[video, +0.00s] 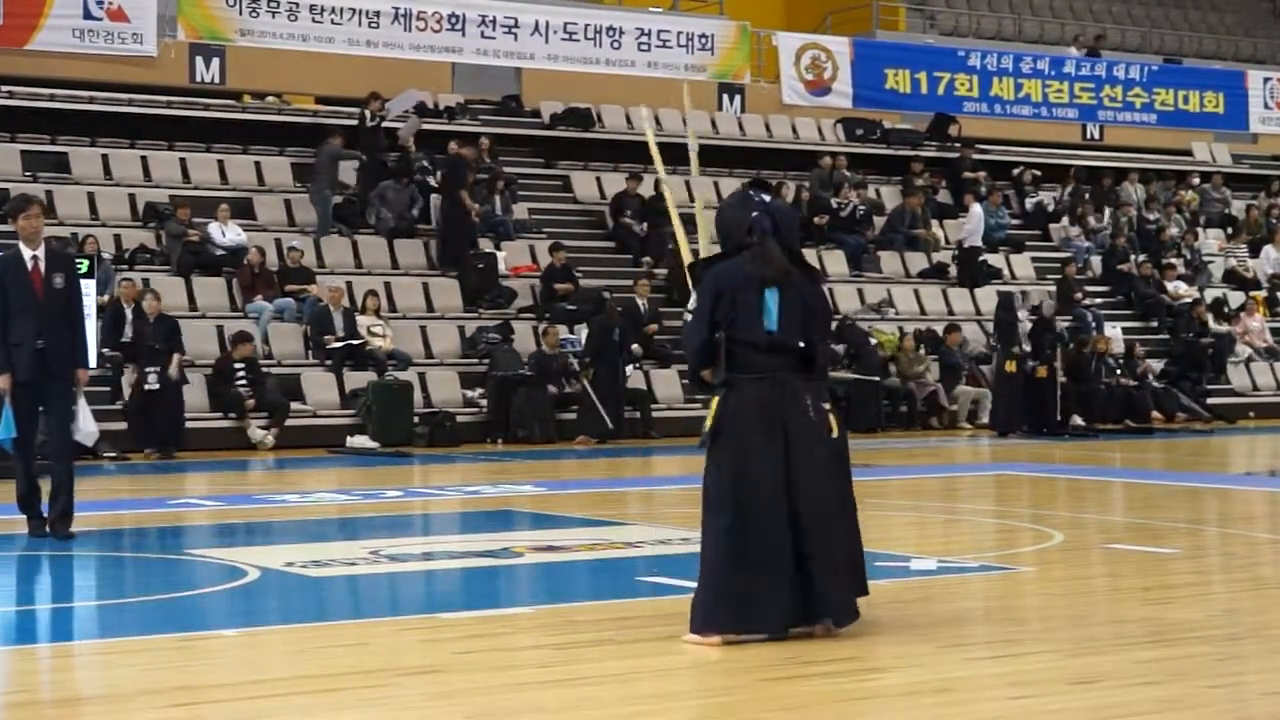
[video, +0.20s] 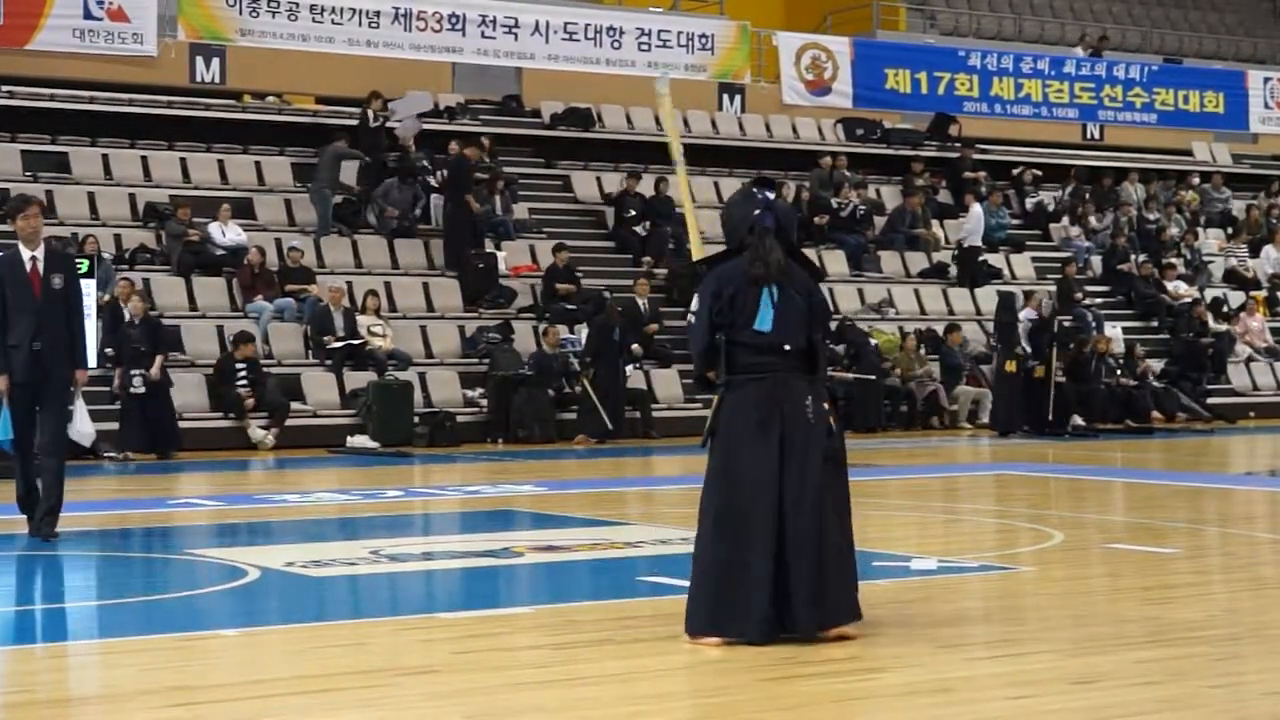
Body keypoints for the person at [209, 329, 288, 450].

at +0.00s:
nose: (253, 348)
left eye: (253, 345)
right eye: (250, 345)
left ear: (243, 346)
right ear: (240, 346)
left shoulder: (252, 362)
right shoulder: (222, 362)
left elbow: (260, 383)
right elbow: (219, 387)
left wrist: (255, 399)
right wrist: (241, 400)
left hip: (253, 396)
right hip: (232, 399)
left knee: (283, 403)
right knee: (235, 396)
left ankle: (271, 436)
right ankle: (250, 428)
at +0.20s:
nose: (254, 349)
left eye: (254, 346)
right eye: (252, 346)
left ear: (245, 346)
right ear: (241, 346)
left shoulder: (253, 361)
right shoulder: (223, 362)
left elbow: (260, 383)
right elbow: (221, 387)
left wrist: (254, 398)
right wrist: (238, 395)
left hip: (253, 395)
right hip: (233, 396)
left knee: (283, 404)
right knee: (234, 399)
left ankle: (271, 435)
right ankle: (250, 428)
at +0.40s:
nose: (255, 349)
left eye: (255, 346)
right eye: (252, 346)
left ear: (246, 347)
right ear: (243, 346)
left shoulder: (255, 362)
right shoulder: (225, 362)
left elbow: (262, 384)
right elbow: (222, 387)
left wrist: (254, 399)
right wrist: (238, 397)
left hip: (254, 395)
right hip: (234, 395)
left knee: (283, 404)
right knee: (234, 402)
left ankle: (271, 435)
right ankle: (250, 428)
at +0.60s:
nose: (256, 349)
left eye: (256, 346)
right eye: (254, 346)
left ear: (248, 347)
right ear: (245, 347)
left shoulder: (256, 362)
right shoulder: (227, 362)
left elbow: (262, 384)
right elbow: (223, 387)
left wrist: (253, 398)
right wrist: (239, 393)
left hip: (256, 395)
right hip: (236, 395)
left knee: (283, 404)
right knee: (229, 402)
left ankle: (272, 436)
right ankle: (250, 428)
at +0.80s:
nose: (257, 350)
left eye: (257, 346)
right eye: (254, 347)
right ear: (245, 348)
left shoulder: (258, 363)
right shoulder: (228, 362)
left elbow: (263, 385)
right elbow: (224, 388)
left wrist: (254, 399)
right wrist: (239, 399)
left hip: (256, 396)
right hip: (236, 396)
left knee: (283, 404)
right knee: (226, 402)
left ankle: (272, 436)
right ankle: (248, 429)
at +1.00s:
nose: (259, 351)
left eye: (259, 348)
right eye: (256, 348)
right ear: (246, 349)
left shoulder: (259, 363)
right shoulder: (229, 363)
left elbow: (264, 385)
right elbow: (224, 388)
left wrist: (254, 400)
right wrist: (239, 399)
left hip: (255, 396)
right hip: (236, 397)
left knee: (283, 404)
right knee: (226, 402)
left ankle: (271, 436)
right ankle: (251, 428)